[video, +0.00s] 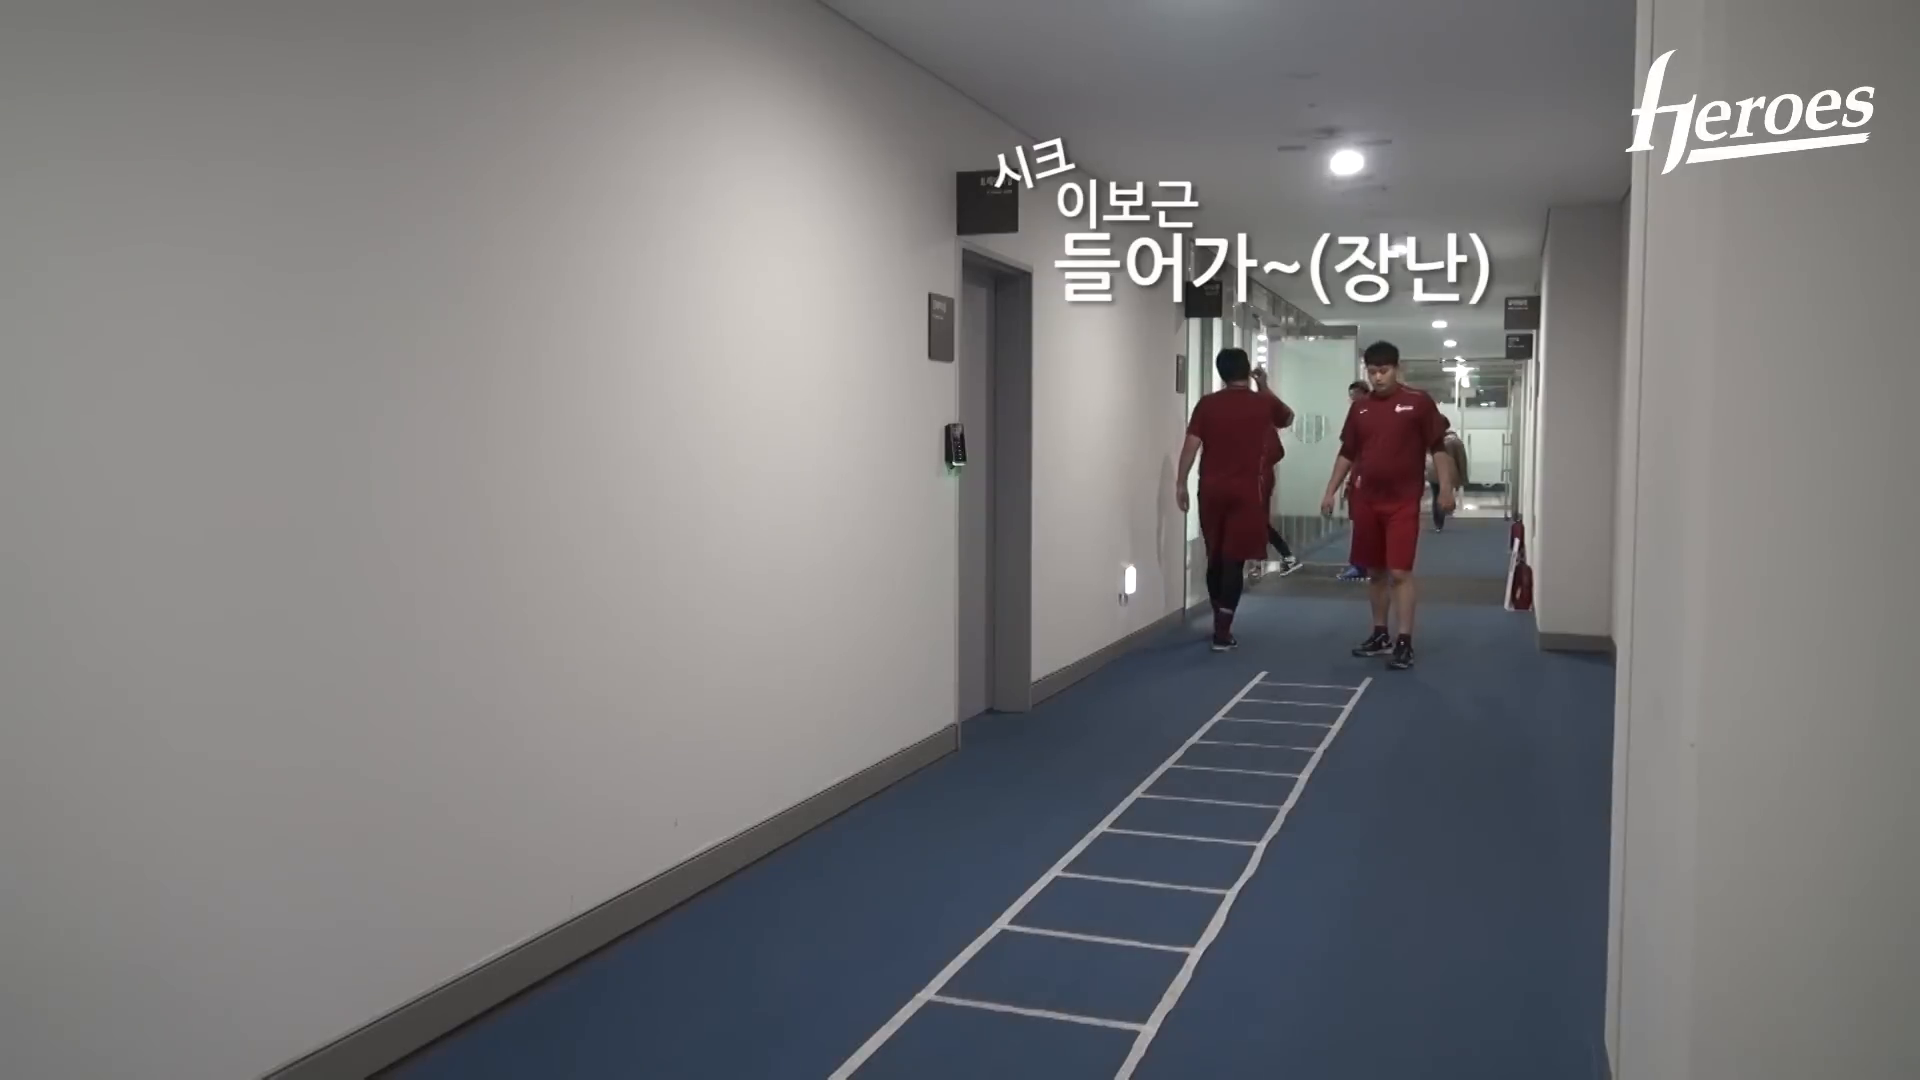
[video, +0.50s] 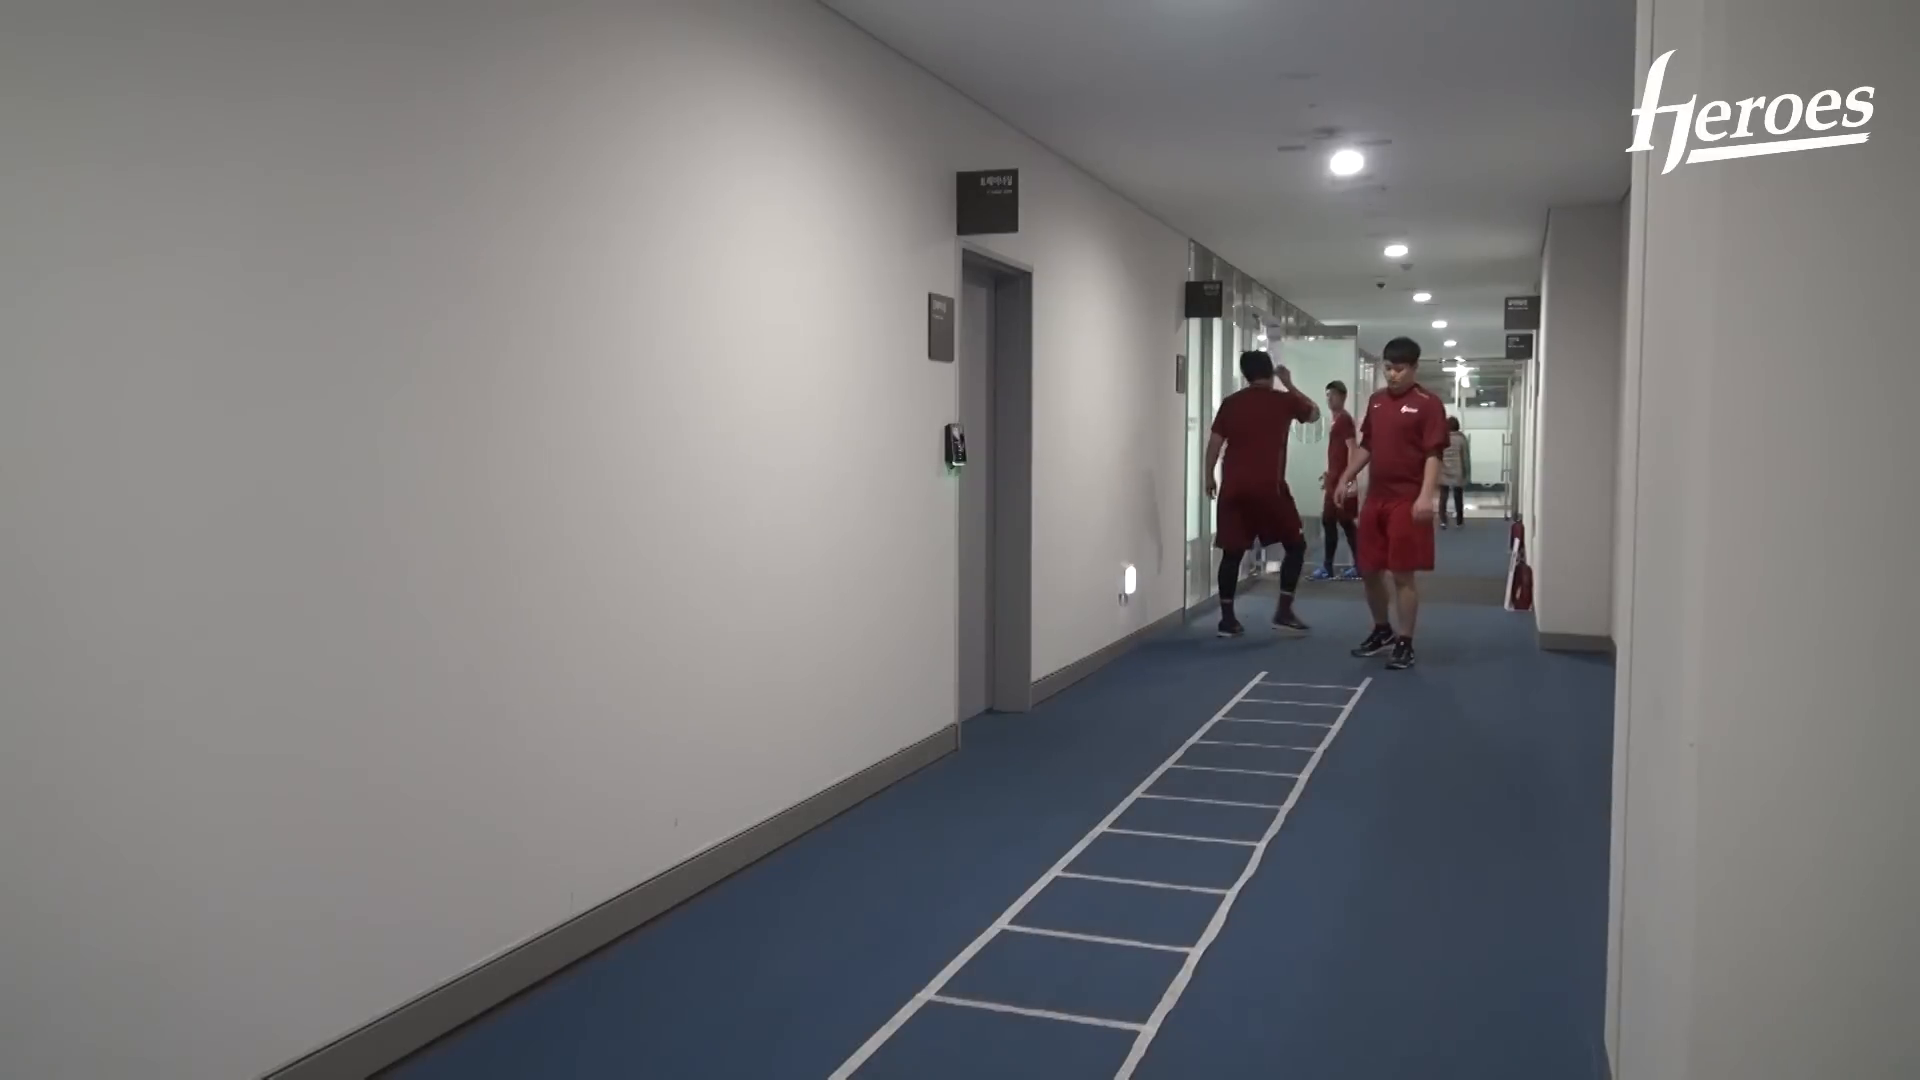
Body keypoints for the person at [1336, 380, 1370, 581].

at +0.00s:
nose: (1353, 400)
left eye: (1356, 396)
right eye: (1351, 396)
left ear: (1366, 395)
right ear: (1351, 398)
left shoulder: (1374, 417)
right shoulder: (1355, 416)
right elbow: (1349, 453)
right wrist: (1346, 480)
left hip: (1367, 478)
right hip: (1355, 477)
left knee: (1361, 521)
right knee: (1356, 520)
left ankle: (1360, 564)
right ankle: (1356, 563)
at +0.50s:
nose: (1329, 398)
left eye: (1333, 395)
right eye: (1328, 395)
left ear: (1342, 397)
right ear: (1328, 397)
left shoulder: (1345, 420)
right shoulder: (1337, 420)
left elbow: (1352, 449)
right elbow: (1337, 452)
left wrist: (1349, 478)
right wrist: (1329, 473)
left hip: (1343, 482)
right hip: (1333, 481)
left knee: (1346, 521)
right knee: (1330, 521)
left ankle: (1358, 564)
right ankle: (1327, 566)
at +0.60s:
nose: (1326, 397)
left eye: (1329, 394)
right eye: (1325, 394)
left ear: (1339, 396)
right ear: (1327, 396)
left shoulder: (1340, 419)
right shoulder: (1332, 418)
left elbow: (1347, 448)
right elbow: (1331, 449)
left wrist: (1344, 476)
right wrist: (1325, 472)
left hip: (1336, 478)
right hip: (1328, 477)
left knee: (1330, 520)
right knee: (1333, 521)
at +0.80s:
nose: (1318, 395)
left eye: (1322, 392)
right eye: (1317, 391)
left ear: (1330, 393)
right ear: (1317, 393)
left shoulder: (1332, 415)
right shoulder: (1314, 414)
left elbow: (1339, 448)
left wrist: (1327, 475)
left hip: (1328, 476)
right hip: (1313, 475)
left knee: (1328, 520)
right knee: (1319, 522)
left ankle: (1329, 562)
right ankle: (1338, 556)